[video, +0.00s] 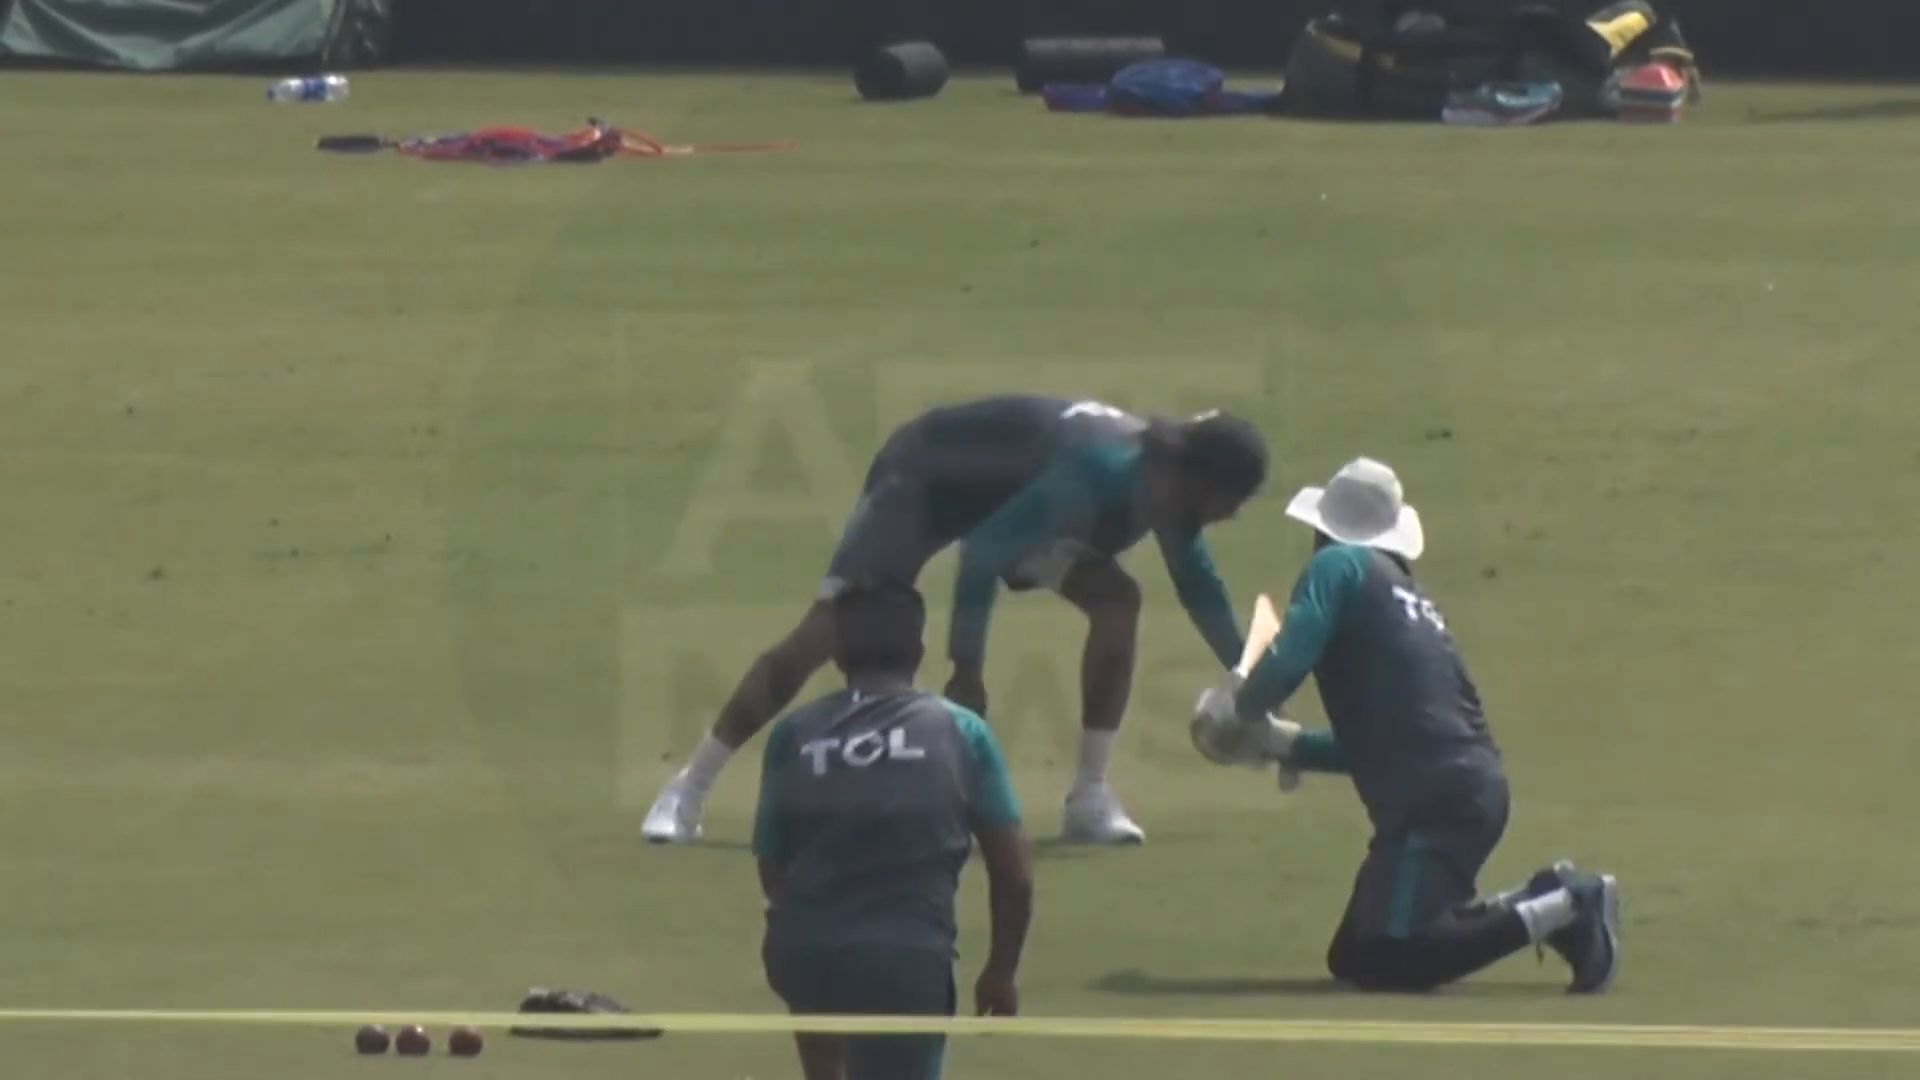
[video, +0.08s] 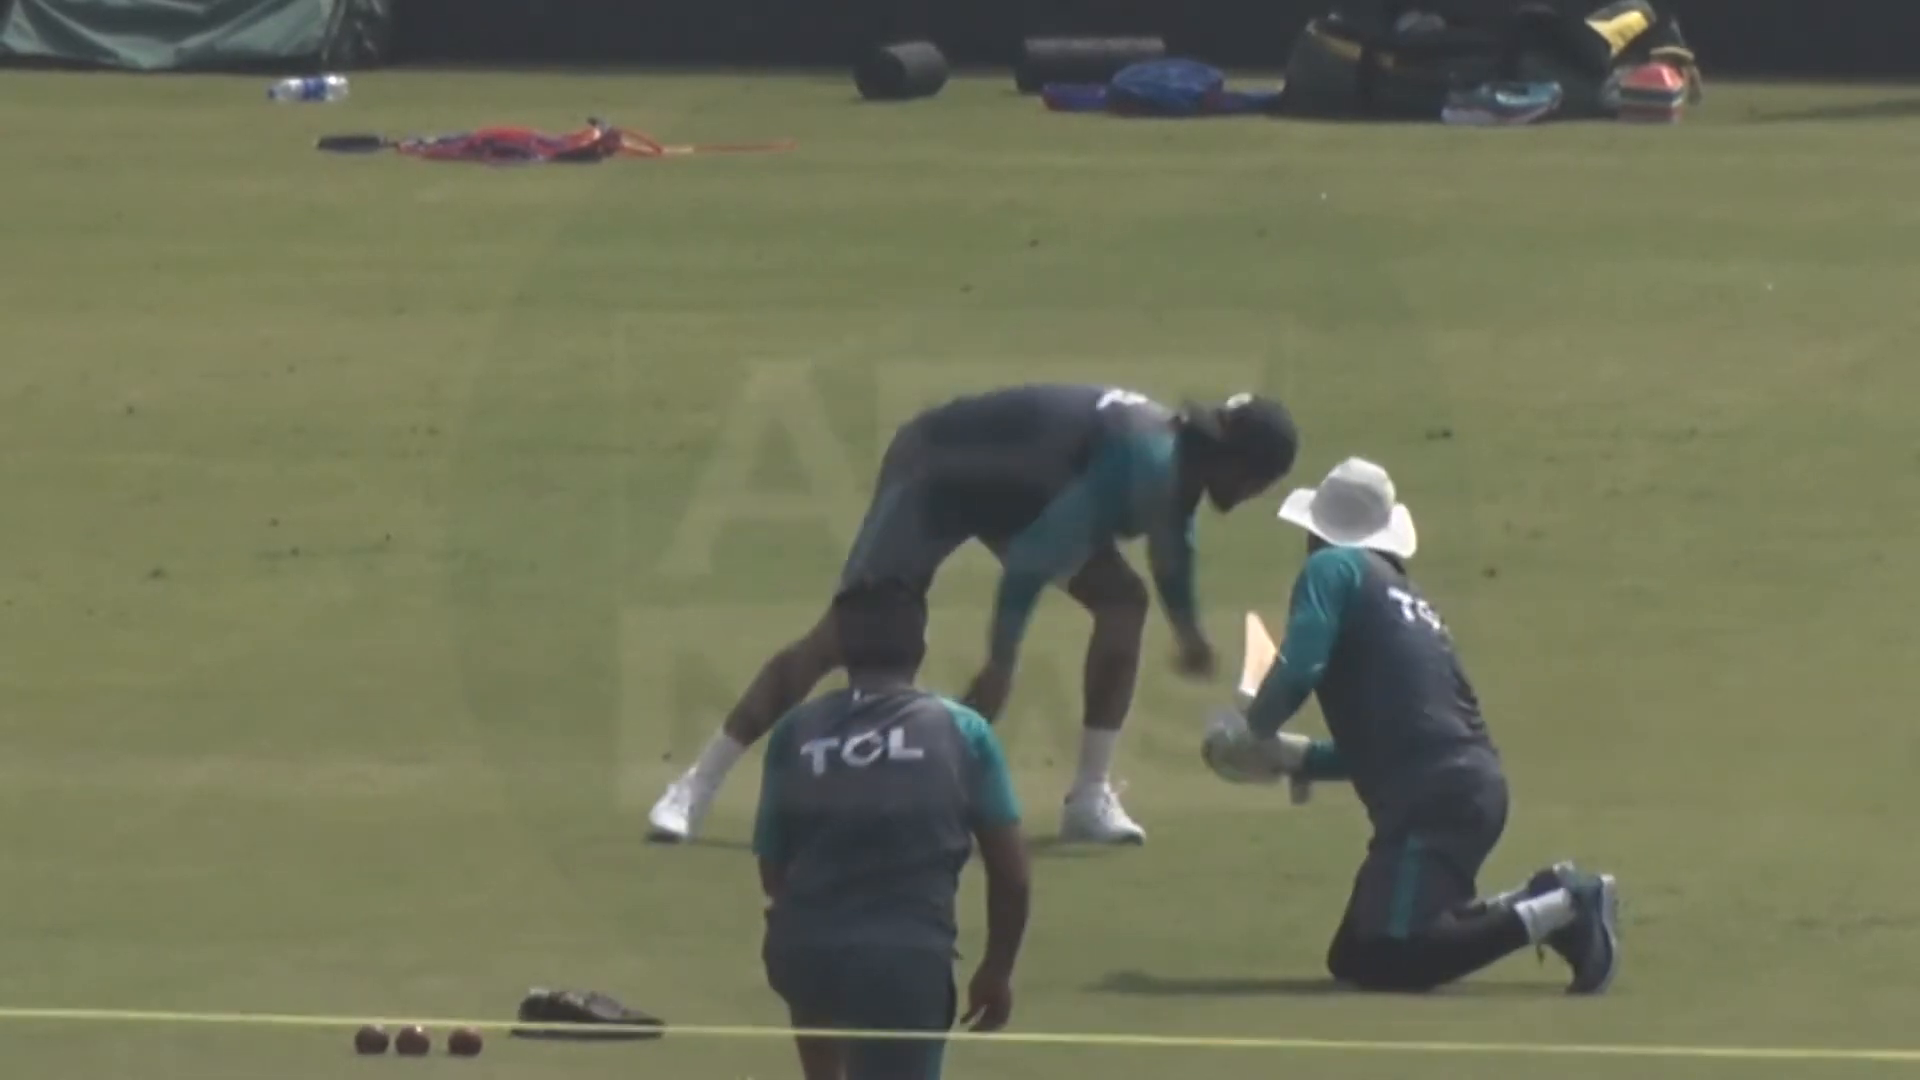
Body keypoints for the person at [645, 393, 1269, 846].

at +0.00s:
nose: (1208, 521)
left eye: (1218, 513)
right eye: (1207, 506)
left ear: (1197, 476)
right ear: (1181, 472)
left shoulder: (1166, 475)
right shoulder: (1094, 470)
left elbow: (1198, 580)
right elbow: (980, 561)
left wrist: (1249, 675)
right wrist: (967, 680)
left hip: (1012, 498)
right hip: (923, 474)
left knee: (1120, 599)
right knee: (826, 632)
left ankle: (1088, 797)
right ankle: (688, 790)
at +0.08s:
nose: (1253, 497)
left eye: (1260, 486)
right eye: (1254, 483)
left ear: (1232, 447)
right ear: (1233, 460)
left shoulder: (1179, 465)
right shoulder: (1133, 460)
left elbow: (1172, 549)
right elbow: (1026, 565)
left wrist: (1188, 630)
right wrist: (998, 669)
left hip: (1017, 489)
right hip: (933, 468)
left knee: (1126, 601)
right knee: (843, 636)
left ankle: (1091, 797)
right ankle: (696, 786)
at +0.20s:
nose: (1276, 437)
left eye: (1283, 425)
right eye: (1282, 425)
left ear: (1242, 383)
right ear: (1263, 414)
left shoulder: (1189, 406)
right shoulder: (1178, 424)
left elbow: (1098, 498)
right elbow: (1089, 533)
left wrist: (1073, 558)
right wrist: (1078, 643)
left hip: (1030, 478)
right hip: (951, 455)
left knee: (1126, 603)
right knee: (876, 630)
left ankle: (1089, 798)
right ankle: (716, 776)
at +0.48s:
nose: (1262, 327)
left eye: (1264, 314)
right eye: (1267, 314)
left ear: (1214, 274)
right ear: (1258, 305)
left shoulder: (1165, 309)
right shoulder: (1200, 328)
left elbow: (1061, 410)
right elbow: (1148, 457)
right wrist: (1163, 578)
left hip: (1033, 453)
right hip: (972, 436)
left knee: (1110, 594)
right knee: (930, 621)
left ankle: (1089, 796)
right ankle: (766, 764)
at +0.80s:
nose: (1200, 260)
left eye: (1203, 246)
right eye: (1199, 245)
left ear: (1144, 225)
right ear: (1179, 240)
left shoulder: (1102, 269)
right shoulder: (1110, 279)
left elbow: (1045, 402)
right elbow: (1049, 402)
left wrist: (1062, 523)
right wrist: (1072, 525)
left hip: (999, 441)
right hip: (933, 431)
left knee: (1080, 594)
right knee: (895, 603)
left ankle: (1087, 794)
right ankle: (791, 741)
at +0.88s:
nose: (1172, 249)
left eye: (1175, 235)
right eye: (1170, 233)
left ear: (1118, 219)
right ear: (1142, 229)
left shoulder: (1088, 288)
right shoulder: (1065, 272)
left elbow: (1037, 402)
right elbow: (1005, 392)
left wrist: (1053, 498)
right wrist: (1036, 502)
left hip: (984, 438)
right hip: (913, 428)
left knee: (1070, 600)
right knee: (884, 603)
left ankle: (1085, 796)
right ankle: (799, 758)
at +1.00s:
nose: (1127, 222)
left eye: (1128, 208)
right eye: (1116, 207)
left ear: (1083, 213)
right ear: (1071, 206)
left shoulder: (1064, 285)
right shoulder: (990, 267)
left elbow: (1024, 401)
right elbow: (921, 391)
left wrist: (1034, 496)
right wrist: (955, 508)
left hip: (980, 445)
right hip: (891, 439)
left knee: (1050, 599)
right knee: (858, 606)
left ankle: (1084, 795)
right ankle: (781, 772)